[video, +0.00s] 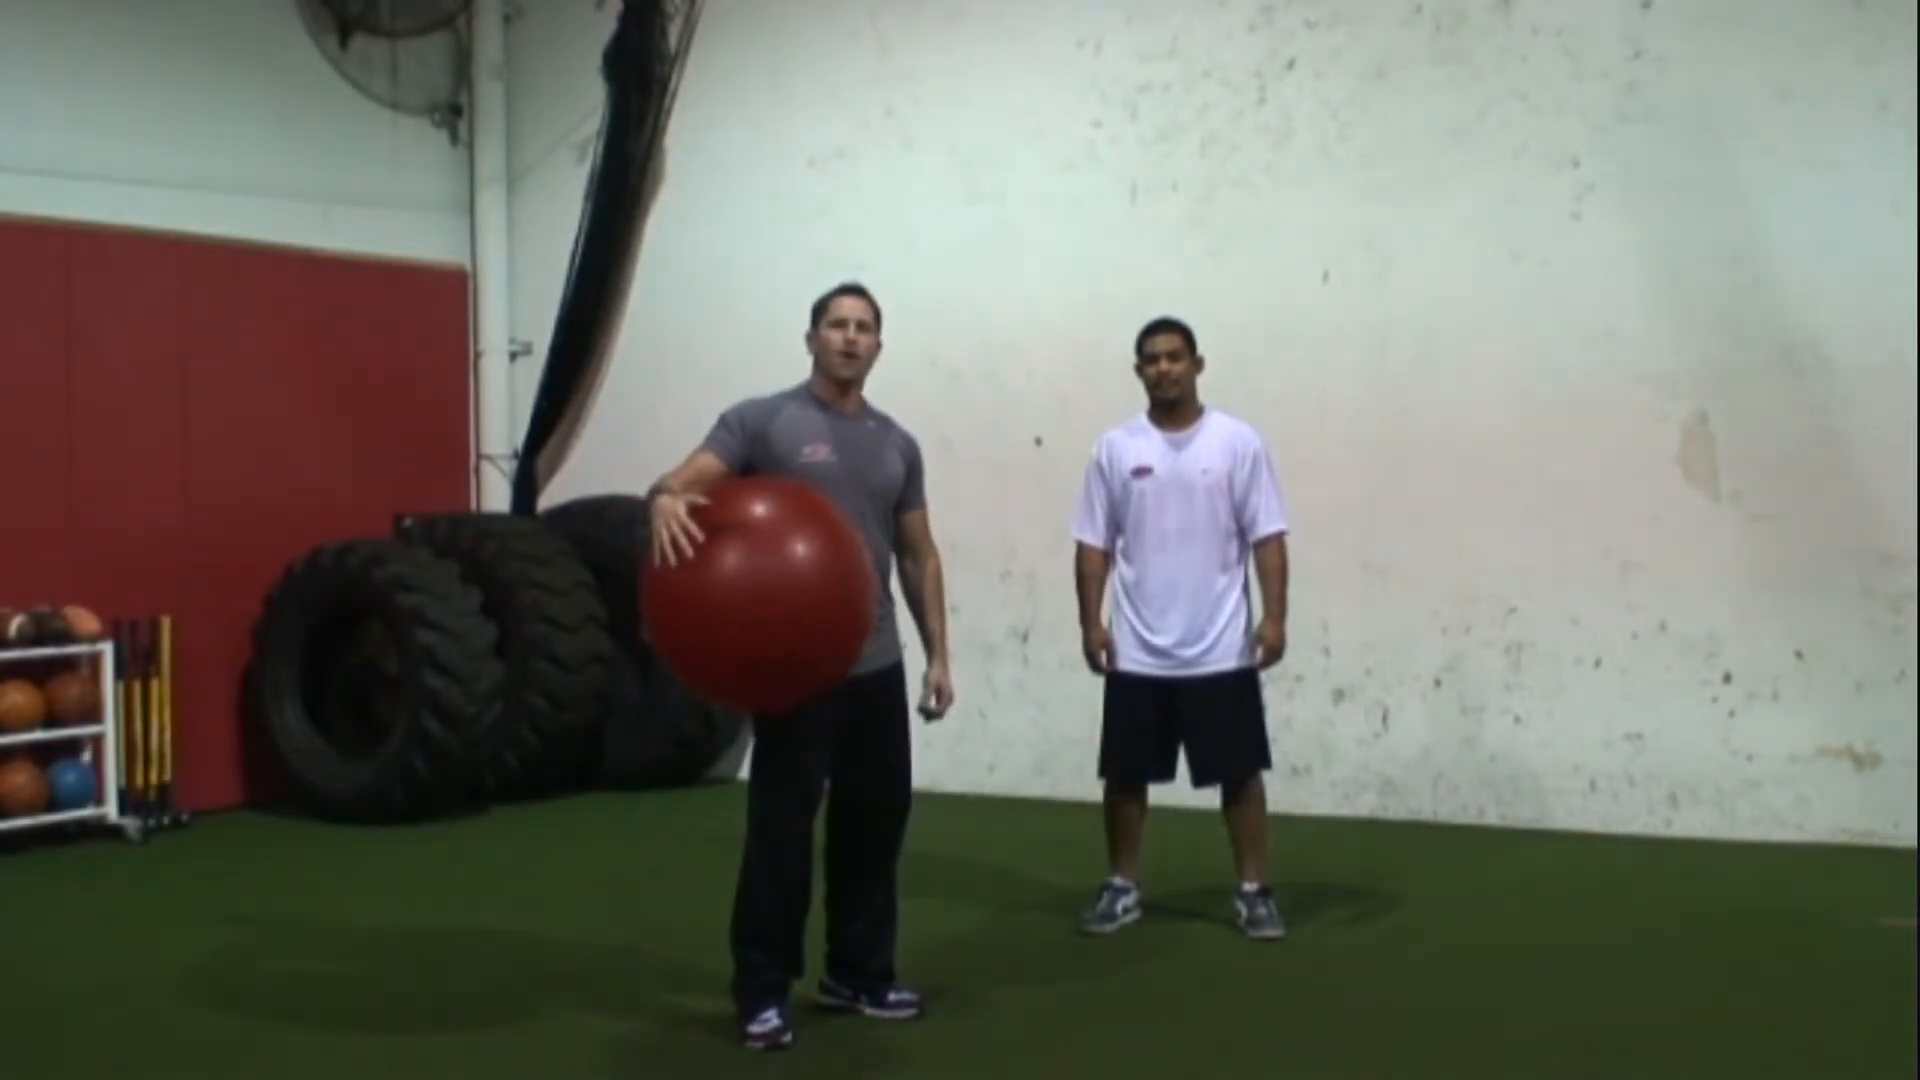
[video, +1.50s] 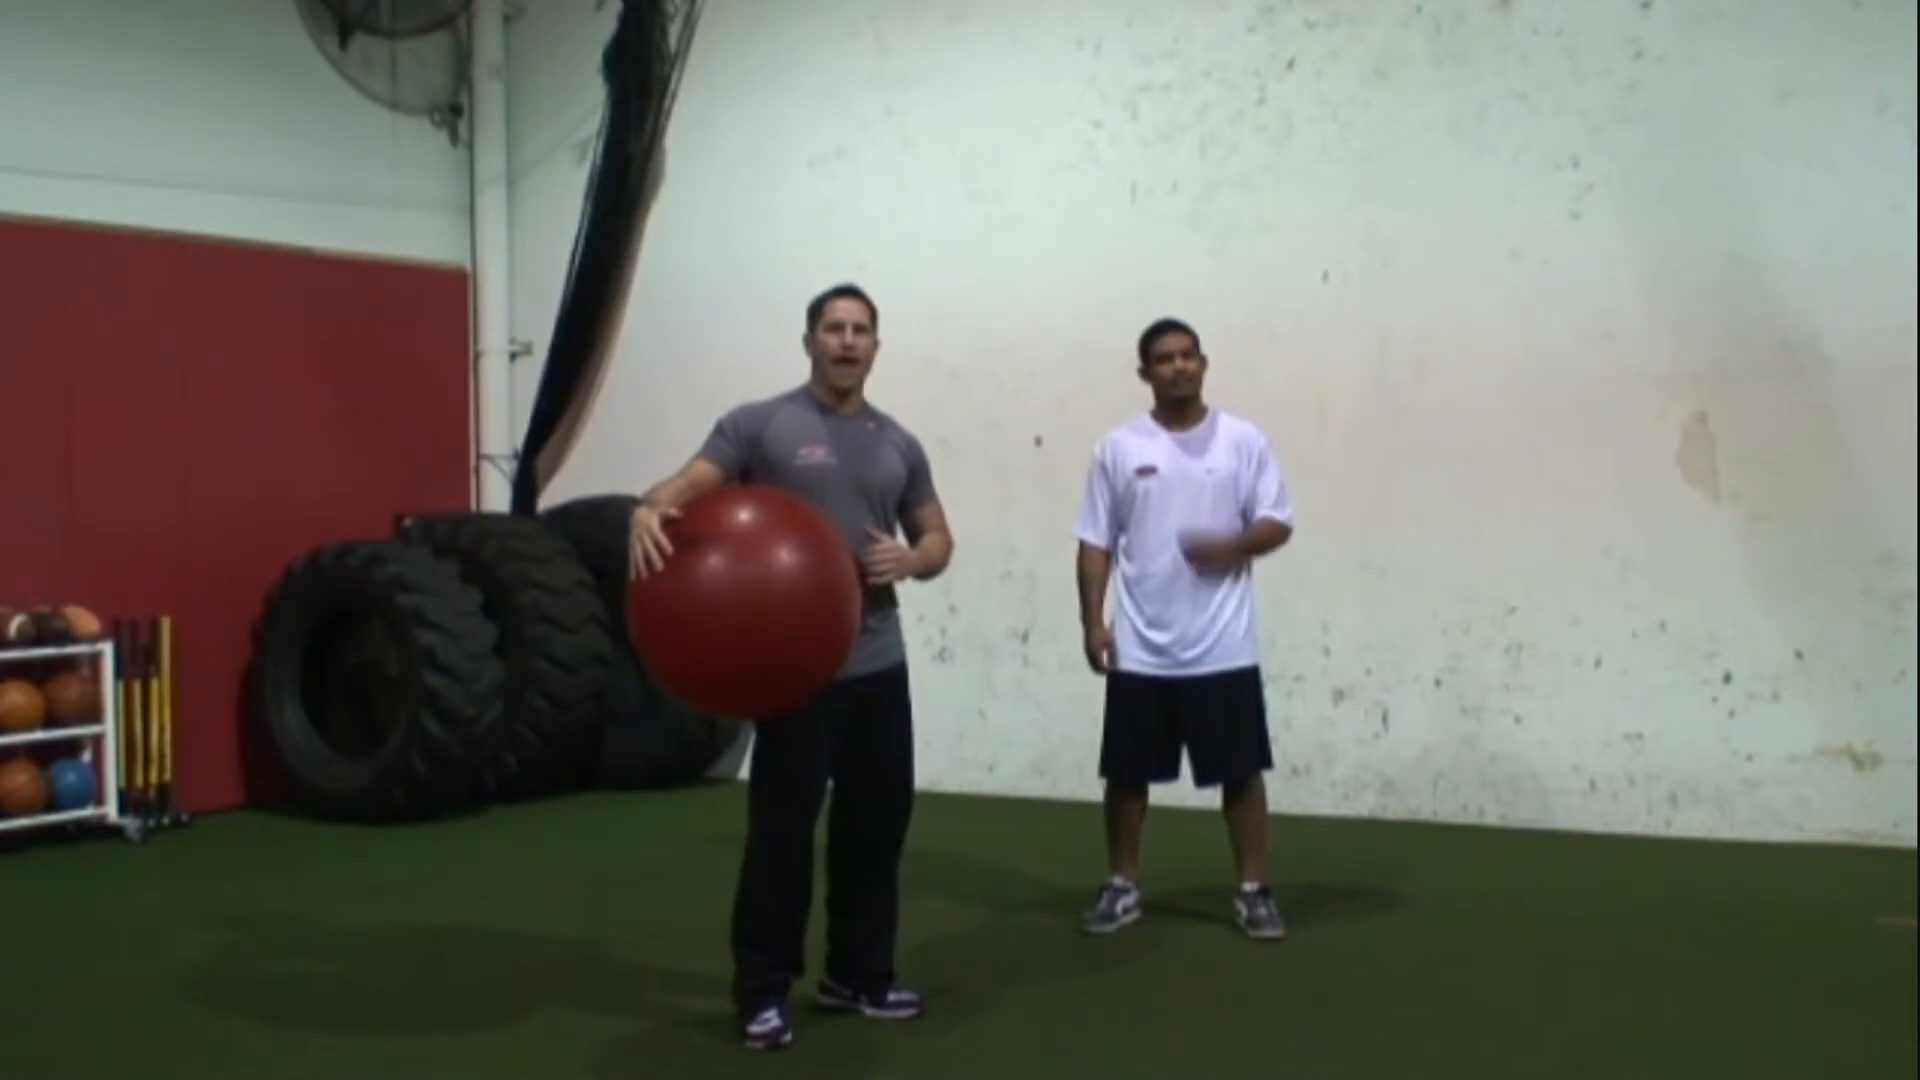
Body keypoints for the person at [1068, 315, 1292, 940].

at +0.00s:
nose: (1163, 368)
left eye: (1174, 357)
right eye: (1152, 360)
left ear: (1197, 365)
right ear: (1138, 372)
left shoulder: (1239, 443)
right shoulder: (1116, 449)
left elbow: (1268, 535)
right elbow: (1094, 541)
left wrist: (1274, 616)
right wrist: (1091, 622)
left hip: (1220, 645)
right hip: (1138, 646)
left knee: (1242, 776)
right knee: (1123, 777)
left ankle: (1254, 889)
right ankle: (1122, 883)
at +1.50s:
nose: (1178, 367)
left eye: (1187, 357)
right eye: (1164, 359)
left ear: (1204, 366)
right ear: (1145, 372)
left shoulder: (1245, 442)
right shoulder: (1119, 449)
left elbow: (1277, 524)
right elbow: (1095, 539)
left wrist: (1230, 548)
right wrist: (1094, 620)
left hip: (1222, 646)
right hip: (1141, 647)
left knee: (1242, 776)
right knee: (1125, 777)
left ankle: (1254, 888)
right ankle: (1122, 884)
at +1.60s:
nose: (1189, 369)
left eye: (1197, 359)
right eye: (1175, 361)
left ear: (1210, 367)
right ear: (1151, 373)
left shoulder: (1242, 440)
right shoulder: (1121, 448)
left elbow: (1268, 522)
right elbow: (1095, 539)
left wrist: (1197, 486)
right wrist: (1094, 620)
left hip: (1222, 644)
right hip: (1141, 645)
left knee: (1243, 777)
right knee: (1125, 777)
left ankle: (1254, 888)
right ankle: (1122, 883)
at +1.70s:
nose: (1196, 371)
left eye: (1202, 360)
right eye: (1182, 363)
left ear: (1214, 366)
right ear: (1156, 373)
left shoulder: (1238, 438)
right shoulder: (1122, 447)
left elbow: (1251, 508)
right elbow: (1096, 538)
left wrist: (1184, 449)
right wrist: (1097, 619)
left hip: (1222, 645)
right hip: (1141, 645)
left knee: (1243, 778)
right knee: (1126, 777)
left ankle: (1254, 888)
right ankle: (1122, 883)